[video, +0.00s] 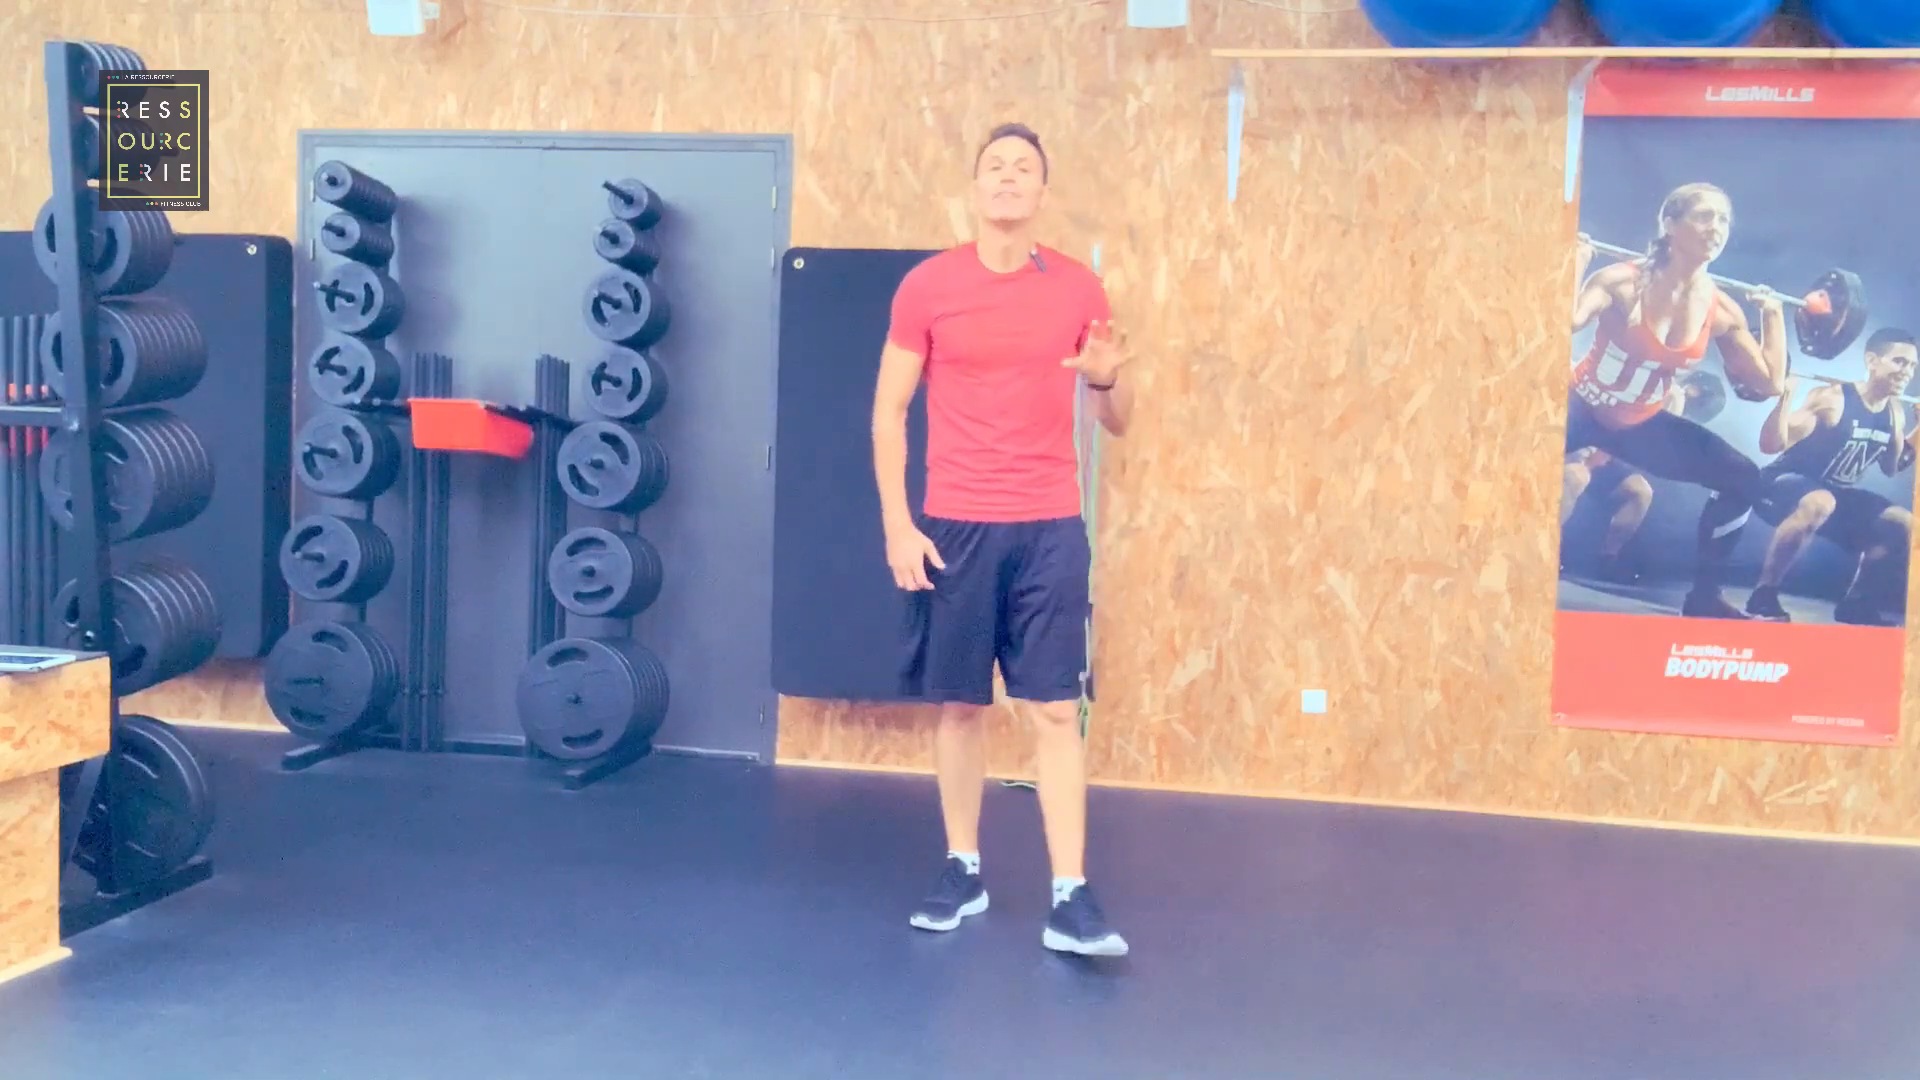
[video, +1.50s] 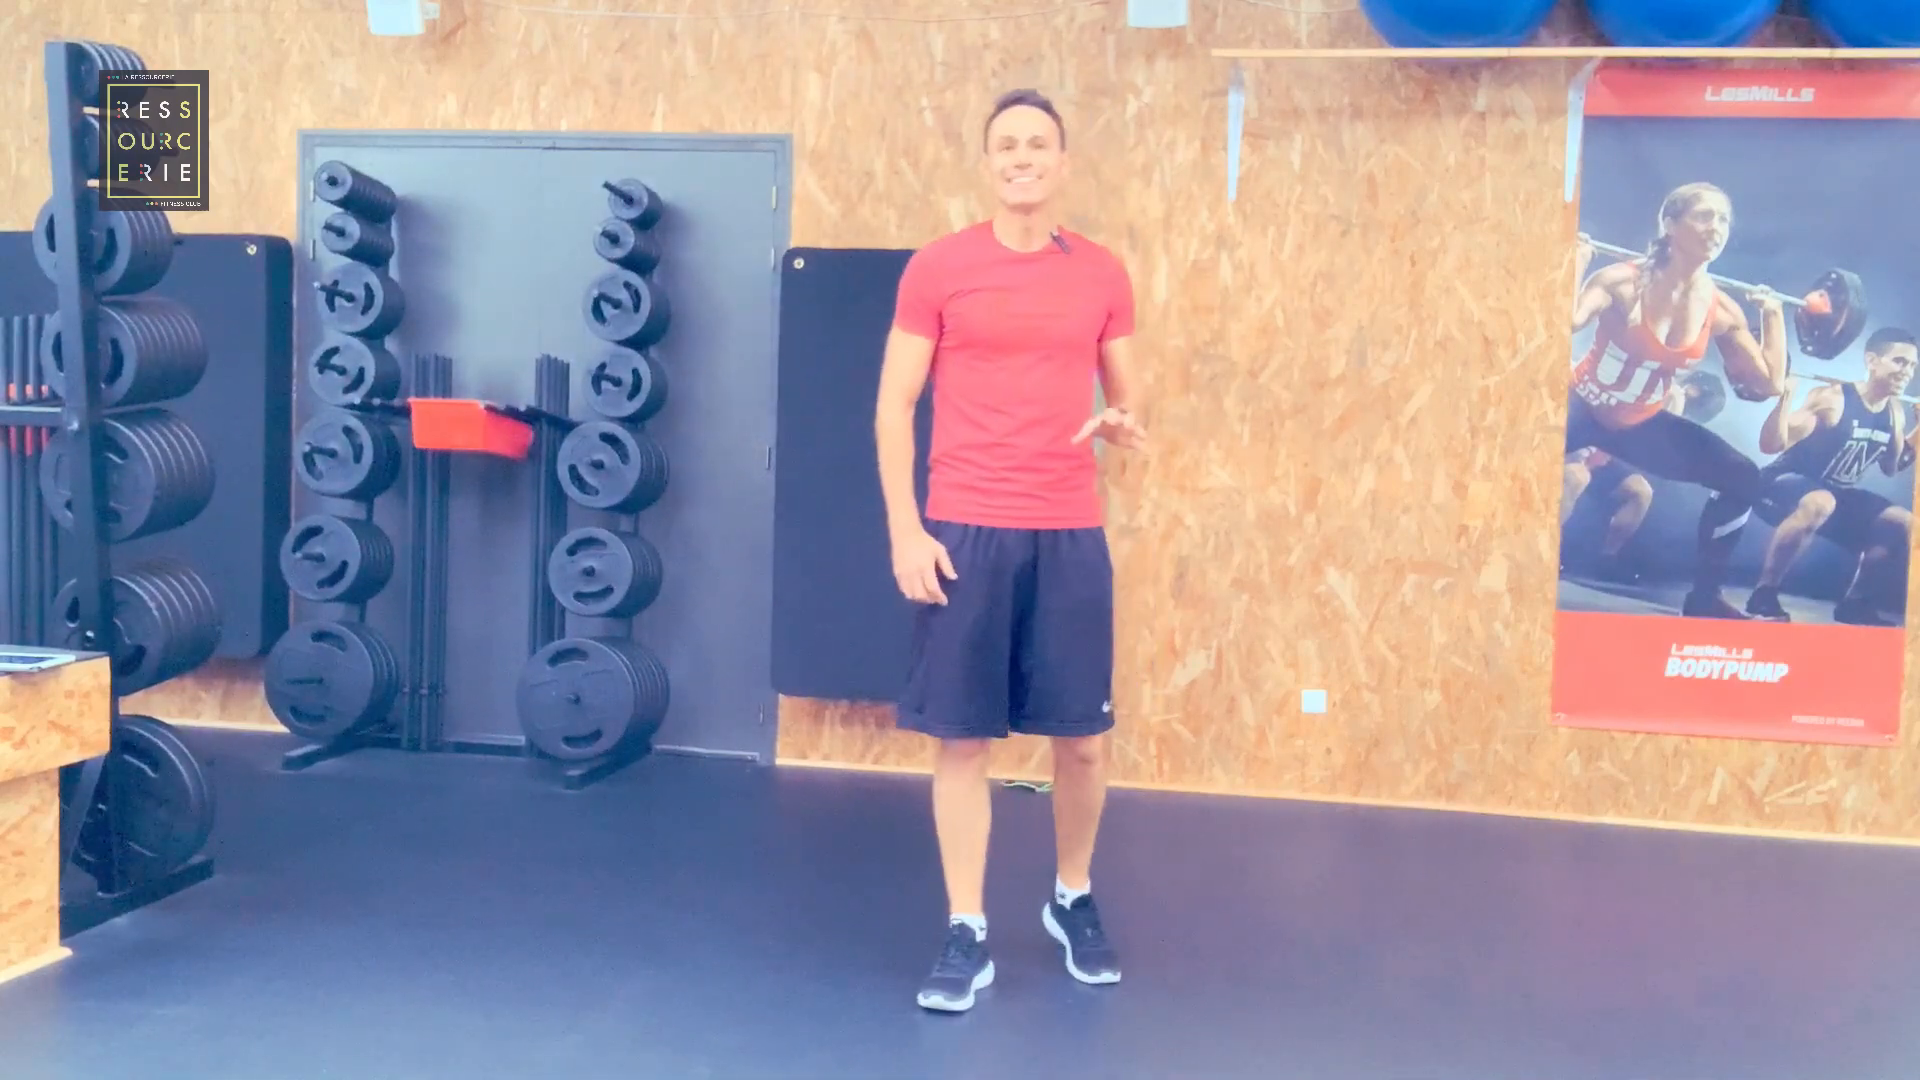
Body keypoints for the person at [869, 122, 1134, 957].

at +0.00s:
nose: (1007, 180)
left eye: (1023, 170)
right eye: (995, 168)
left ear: (1045, 192)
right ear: (971, 188)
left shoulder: (1077, 285)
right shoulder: (928, 285)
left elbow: (1115, 420)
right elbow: (888, 413)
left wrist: (1104, 378)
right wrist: (898, 524)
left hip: (1049, 525)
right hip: (955, 526)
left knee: (1056, 707)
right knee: (961, 704)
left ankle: (1070, 897)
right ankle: (961, 873)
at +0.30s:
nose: (1039, 178)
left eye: (1055, 167)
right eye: (1026, 165)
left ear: (1078, 187)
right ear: (1002, 182)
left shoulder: (1109, 285)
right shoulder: (956, 280)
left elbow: (1143, 408)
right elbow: (923, 411)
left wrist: (1135, 419)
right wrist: (928, 527)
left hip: (1079, 528)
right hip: (981, 529)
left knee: (1075, 717)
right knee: (973, 713)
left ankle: (1071, 906)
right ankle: (965, 868)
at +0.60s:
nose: (1072, 177)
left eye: (1089, 165)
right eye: (1060, 163)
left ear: (1113, 182)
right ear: (1037, 177)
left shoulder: (1148, 284)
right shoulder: (988, 282)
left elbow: (1185, 419)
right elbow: (954, 412)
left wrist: (1156, 421)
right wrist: (954, 530)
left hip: (1114, 532)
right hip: (1011, 529)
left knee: (1095, 725)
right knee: (983, 722)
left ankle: (1072, 907)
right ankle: (974, 851)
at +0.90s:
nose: (1080, 167)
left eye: (1096, 155)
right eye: (1067, 153)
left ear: (1122, 175)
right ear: (1045, 171)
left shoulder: (1158, 280)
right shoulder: (995, 276)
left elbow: (1193, 416)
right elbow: (955, 408)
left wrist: (1167, 408)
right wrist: (956, 529)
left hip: (1117, 536)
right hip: (1015, 530)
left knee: (1093, 730)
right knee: (994, 725)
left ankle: (1072, 910)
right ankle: (969, 924)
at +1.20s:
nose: (1059, 158)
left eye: (1075, 145)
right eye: (1044, 144)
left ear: (1100, 168)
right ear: (1020, 166)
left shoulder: (1136, 274)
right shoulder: (972, 269)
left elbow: (1170, 420)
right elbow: (930, 407)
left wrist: (1153, 387)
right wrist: (935, 529)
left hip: (1097, 535)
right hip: (994, 531)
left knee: (1085, 736)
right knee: (981, 734)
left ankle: (1069, 910)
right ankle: (966, 934)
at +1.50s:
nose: (1021, 160)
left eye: (1038, 146)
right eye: (1007, 147)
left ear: (1066, 161)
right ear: (983, 164)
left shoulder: (1100, 271)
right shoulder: (937, 267)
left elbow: (1129, 402)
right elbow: (893, 404)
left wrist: (1122, 428)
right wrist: (904, 526)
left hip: (1071, 532)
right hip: (966, 532)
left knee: (1081, 732)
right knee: (962, 736)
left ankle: (1074, 899)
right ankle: (965, 930)